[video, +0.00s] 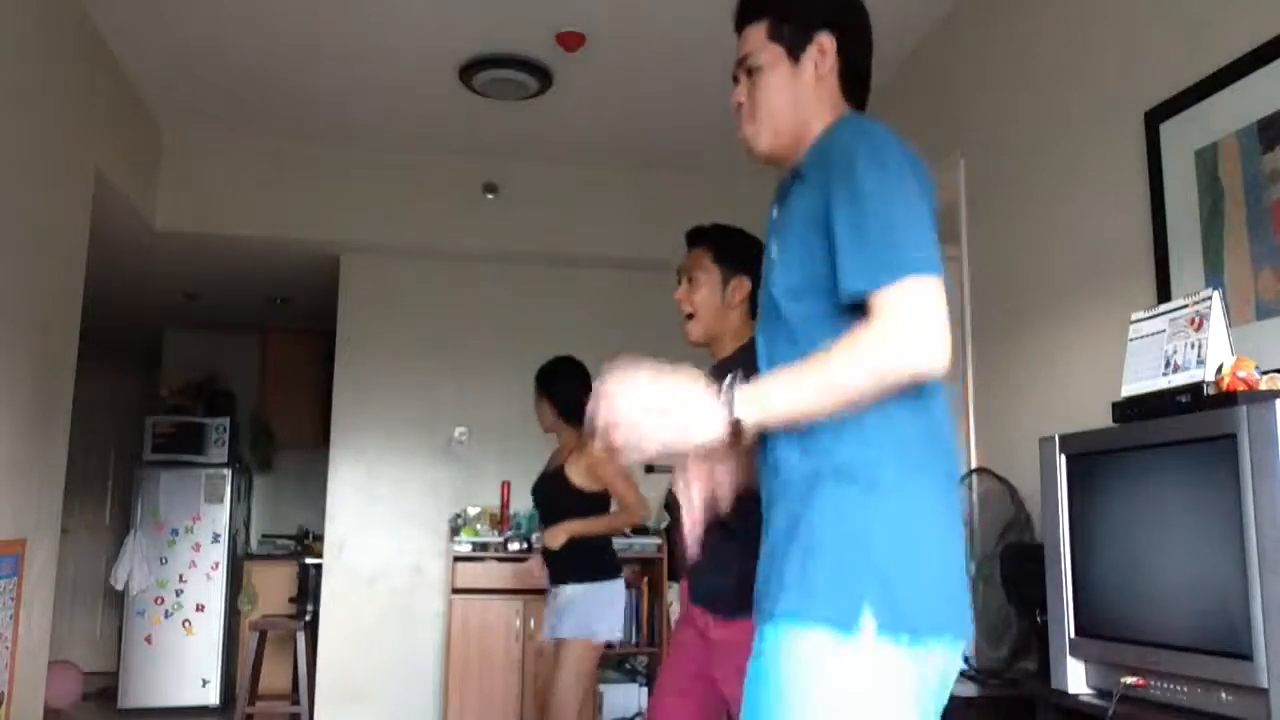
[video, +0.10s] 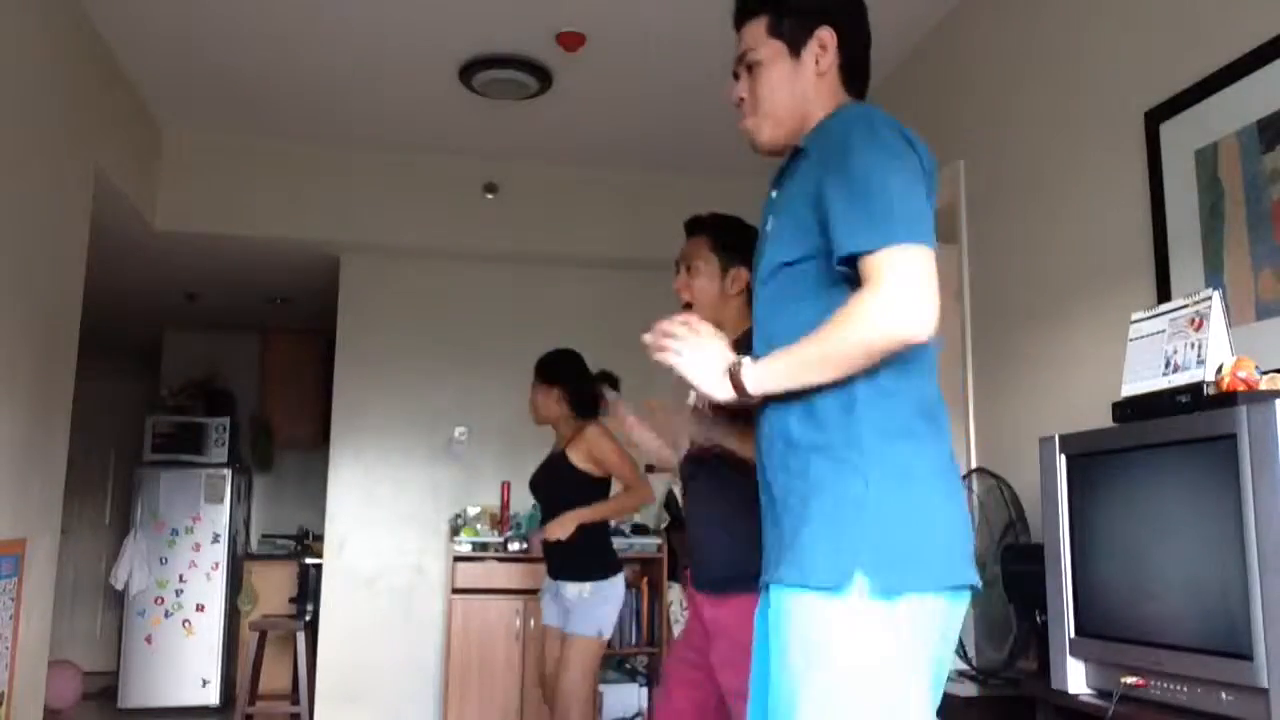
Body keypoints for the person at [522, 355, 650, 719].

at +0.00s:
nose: (536, 408)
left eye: (540, 399)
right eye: (537, 399)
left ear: (556, 403)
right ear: (568, 402)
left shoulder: (595, 452)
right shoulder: (559, 452)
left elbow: (637, 511)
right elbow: (572, 510)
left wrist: (570, 528)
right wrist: (545, 544)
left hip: (593, 586)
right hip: (565, 585)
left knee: (562, 706)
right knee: (556, 701)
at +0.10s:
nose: (531, 397)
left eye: (536, 388)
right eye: (533, 388)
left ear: (557, 394)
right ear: (560, 395)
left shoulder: (592, 435)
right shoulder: (564, 441)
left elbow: (641, 492)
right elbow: (581, 501)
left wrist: (577, 517)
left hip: (595, 585)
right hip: (561, 582)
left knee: (572, 698)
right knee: (551, 689)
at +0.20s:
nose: (534, 409)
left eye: (543, 399)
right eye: (534, 399)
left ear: (573, 407)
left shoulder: (593, 449)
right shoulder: (560, 460)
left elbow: (644, 501)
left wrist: (583, 537)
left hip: (598, 599)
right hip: (561, 598)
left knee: (568, 708)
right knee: (536, 700)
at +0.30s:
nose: (539, 420)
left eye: (550, 410)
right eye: (537, 410)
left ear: (577, 416)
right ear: (533, 416)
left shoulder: (596, 468)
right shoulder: (551, 474)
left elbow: (631, 537)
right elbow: (563, 538)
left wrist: (575, 571)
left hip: (595, 605)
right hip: (563, 605)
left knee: (560, 708)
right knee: (530, 701)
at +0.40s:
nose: (542, 408)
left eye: (553, 400)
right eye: (539, 399)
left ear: (580, 409)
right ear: (534, 405)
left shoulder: (590, 462)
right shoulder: (551, 459)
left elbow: (619, 536)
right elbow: (563, 531)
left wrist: (550, 554)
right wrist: (530, 551)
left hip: (588, 597)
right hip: (561, 595)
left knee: (551, 706)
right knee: (554, 705)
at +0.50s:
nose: (542, 395)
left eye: (553, 387)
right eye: (539, 387)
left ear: (579, 396)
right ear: (535, 394)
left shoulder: (591, 443)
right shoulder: (550, 450)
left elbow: (600, 519)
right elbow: (556, 517)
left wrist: (532, 505)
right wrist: (515, 516)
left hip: (585, 583)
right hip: (552, 581)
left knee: (554, 697)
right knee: (559, 697)